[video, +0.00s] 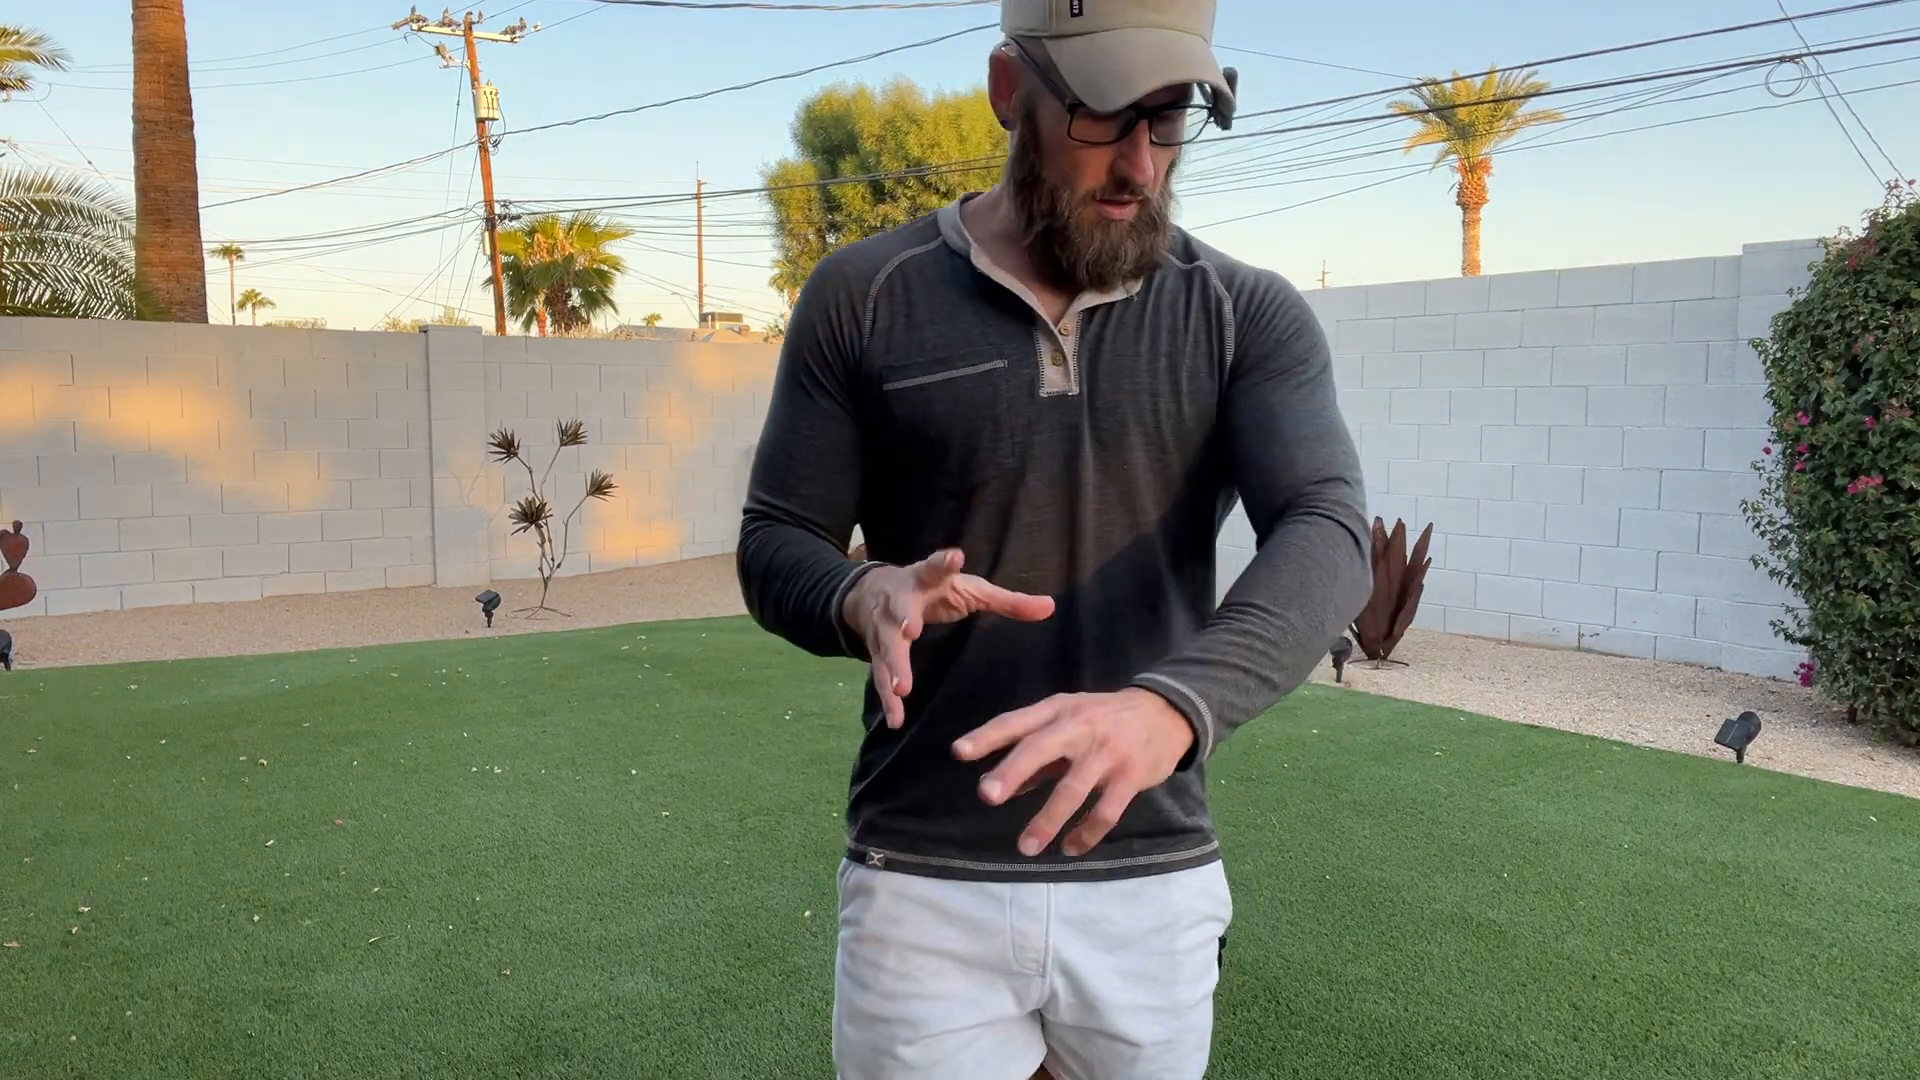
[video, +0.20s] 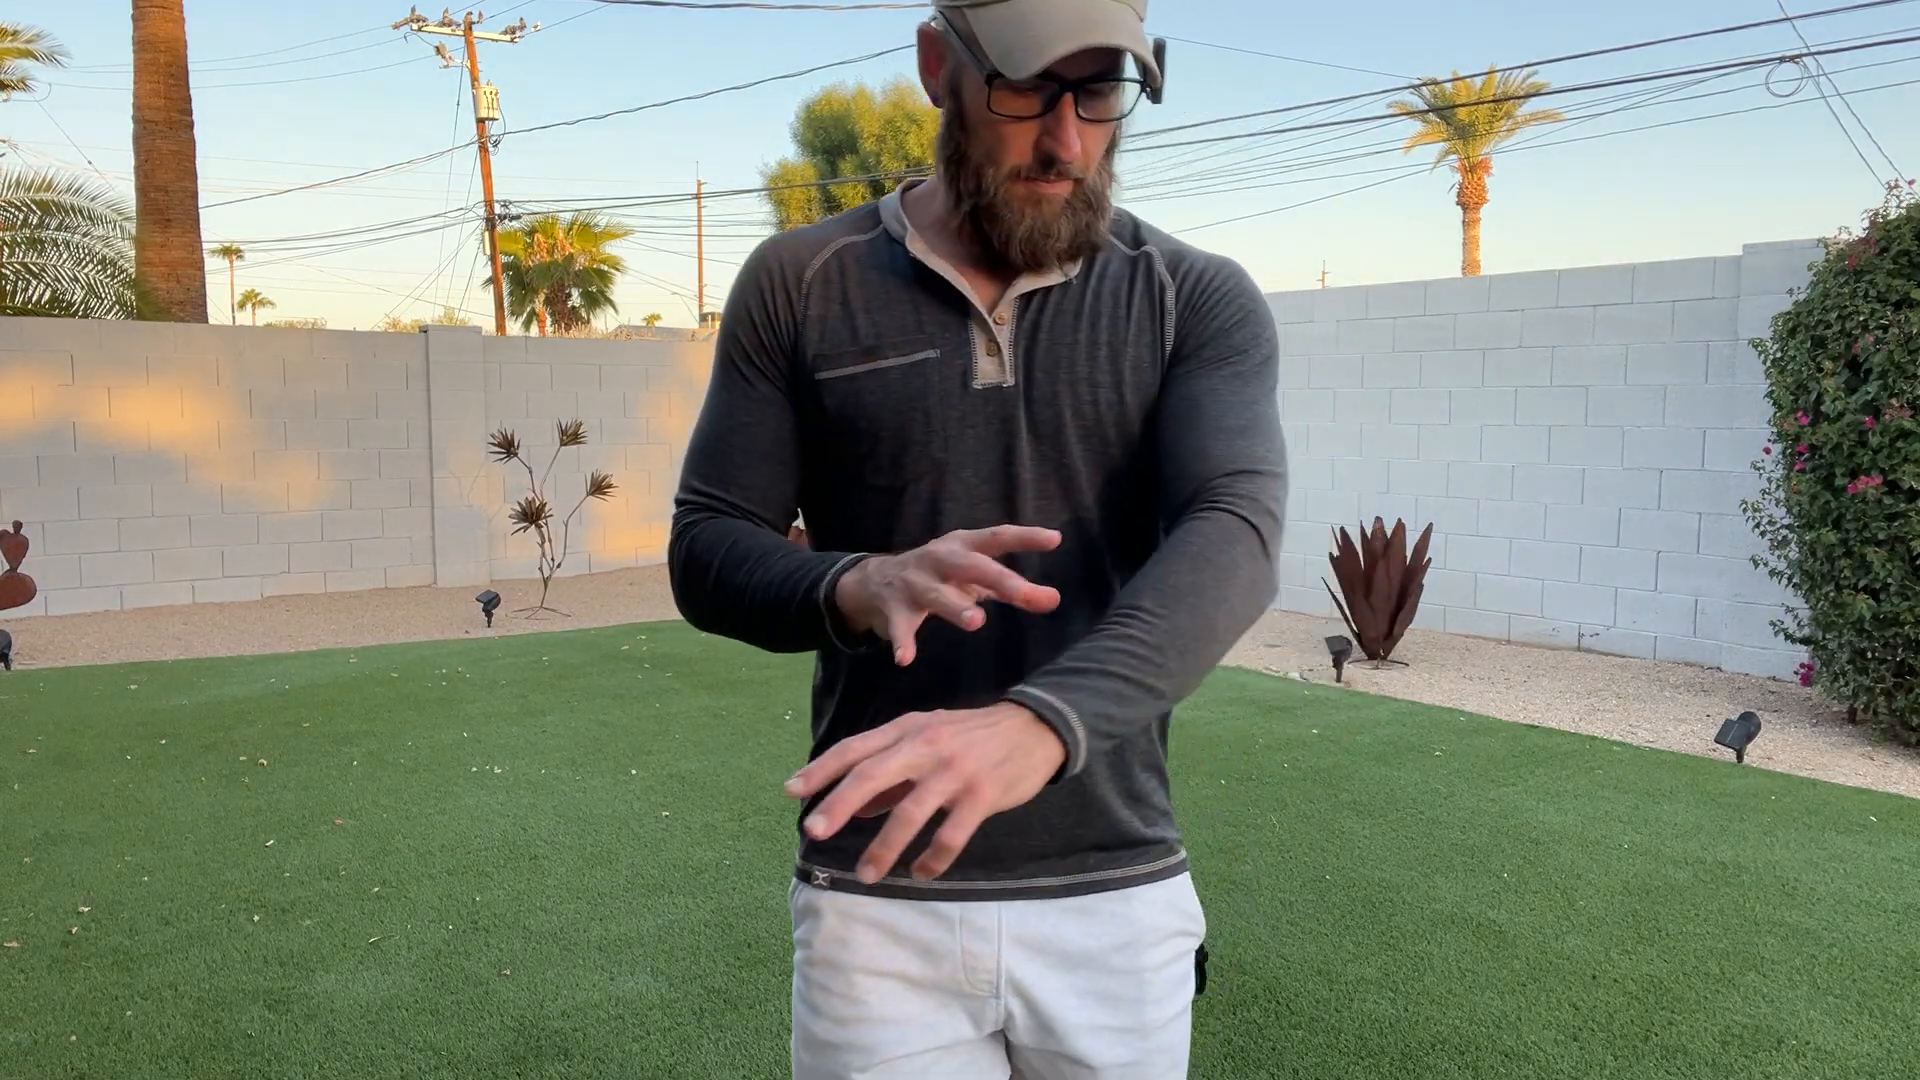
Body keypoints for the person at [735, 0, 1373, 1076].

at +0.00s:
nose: (1139, 164)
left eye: (1167, 122)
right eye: (1100, 118)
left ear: (1194, 112)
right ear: (1010, 89)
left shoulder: (1248, 317)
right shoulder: (862, 300)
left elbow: (1324, 535)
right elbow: (778, 539)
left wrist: (1174, 705)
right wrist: (861, 599)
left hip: (1153, 896)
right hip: (925, 893)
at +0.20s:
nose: (1066, 146)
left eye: (1097, 102)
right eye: (1027, 101)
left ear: (1128, 95)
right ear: (938, 67)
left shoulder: (1198, 300)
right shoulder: (800, 285)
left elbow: (1234, 533)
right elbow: (709, 552)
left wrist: (1042, 723)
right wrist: (854, 585)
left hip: (1115, 906)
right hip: (877, 910)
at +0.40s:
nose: (975, 97)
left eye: (1013, 53)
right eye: (930, 50)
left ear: (1051, 67)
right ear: (858, 57)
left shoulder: (1140, 286)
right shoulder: (734, 278)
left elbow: (1092, 561)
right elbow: (671, 554)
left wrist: (857, 742)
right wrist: (946, 553)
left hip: (1072, 921)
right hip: (819, 923)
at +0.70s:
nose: (881, 74)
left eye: (922, 27)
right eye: (836, 25)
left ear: (966, 45)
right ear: (768, 35)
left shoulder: (1072, 273)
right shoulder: (659, 289)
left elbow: (1115, 556)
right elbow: (611, 574)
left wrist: (860, 672)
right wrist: (892, 550)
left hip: (1032, 920)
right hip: (776, 939)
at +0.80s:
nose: (859, 75)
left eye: (902, 26)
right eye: (815, 26)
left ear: (950, 43)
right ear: (752, 35)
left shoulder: (1072, 279)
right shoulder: (641, 299)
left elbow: (1200, 550)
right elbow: (568, 598)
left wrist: (1026, 630)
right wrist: (721, 565)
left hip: (1028, 929)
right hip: (767, 947)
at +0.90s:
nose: (850, 89)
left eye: (893, 39)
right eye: (804, 40)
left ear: (945, 47)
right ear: (741, 40)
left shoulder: (1079, 278)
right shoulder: (639, 299)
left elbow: (1238, 527)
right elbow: (567, 631)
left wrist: (1240, 614)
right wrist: (523, 618)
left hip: (1033, 940)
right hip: (764, 957)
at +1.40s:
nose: (957, 67)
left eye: (1004, 15)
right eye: (905, 18)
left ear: (1057, 30)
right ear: (837, 27)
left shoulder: (1190, 280)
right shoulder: (697, 289)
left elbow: (1289, 591)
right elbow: (637, 596)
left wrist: (1392, 705)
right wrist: (525, 702)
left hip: (1110, 1006)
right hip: (810, 1013)